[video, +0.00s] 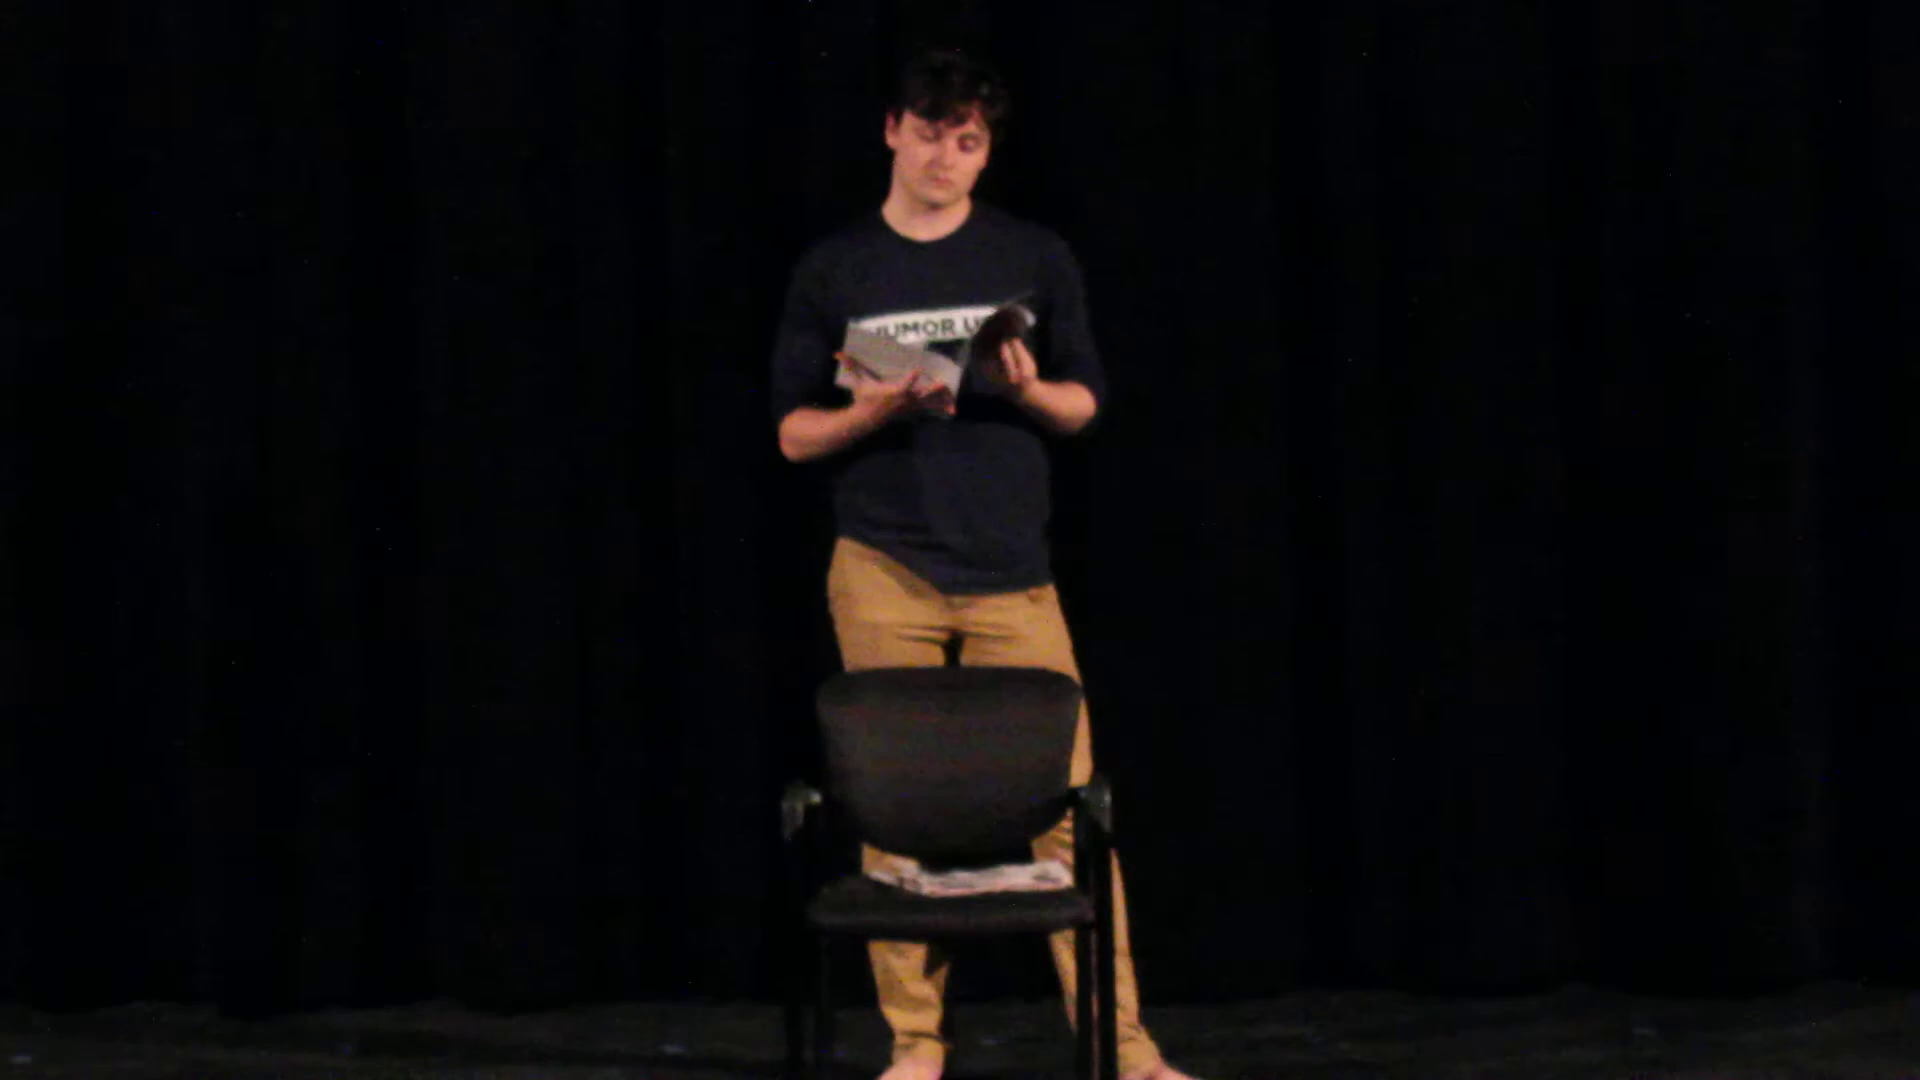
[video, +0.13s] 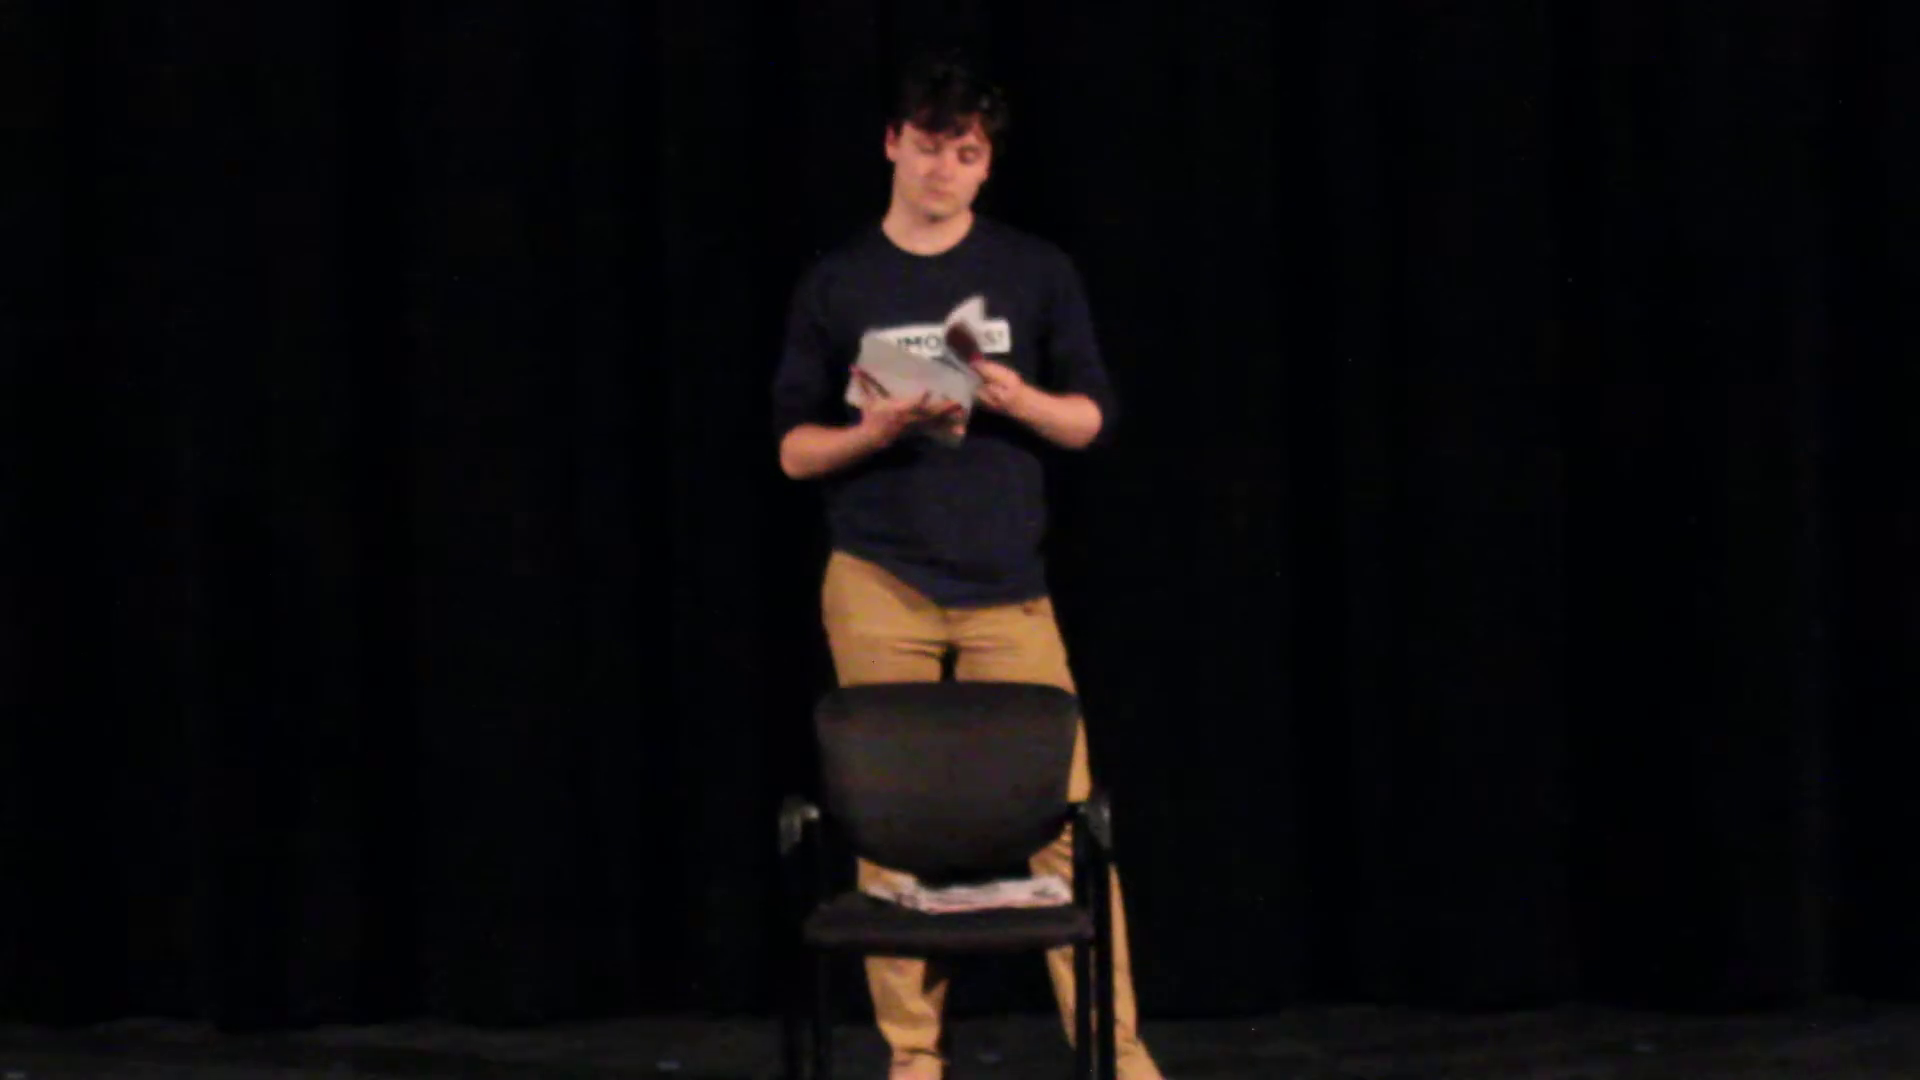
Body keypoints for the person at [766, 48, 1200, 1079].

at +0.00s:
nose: (948, 155)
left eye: (967, 138)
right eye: (932, 133)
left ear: (991, 149)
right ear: (892, 134)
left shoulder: (1036, 260)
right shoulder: (836, 269)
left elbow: (1084, 407)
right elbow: (793, 435)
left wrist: (1029, 389)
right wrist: (869, 412)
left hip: (1013, 574)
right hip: (881, 571)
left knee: (1068, 804)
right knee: (894, 807)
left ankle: (1119, 1036)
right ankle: (914, 1041)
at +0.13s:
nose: (950, 164)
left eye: (968, 148)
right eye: (932, 142)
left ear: (990, 160)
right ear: (893, 145)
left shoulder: (1036, 273)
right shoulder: (838, 282)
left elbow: (1090, 423)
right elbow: (794, 452)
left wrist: (1014, 398)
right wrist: (880, 427)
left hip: (1009, 590)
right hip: (876, 585)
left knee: (1064, 818)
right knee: (893, 825)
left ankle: (1115, 1052)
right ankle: (912, 1059)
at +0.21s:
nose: (948, 178)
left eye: (966, 162)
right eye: (930, 157)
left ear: (989, 172)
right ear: (890, 157)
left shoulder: (1035, 283)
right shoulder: (836, 292)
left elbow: (1089, 432)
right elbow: (798, 462)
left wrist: (1005, 404)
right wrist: (883, 443)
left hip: (1006, 602)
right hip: (873, 596)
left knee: (1061, 828)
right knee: (889, 836)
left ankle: (1111, 1058)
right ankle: (911, 1063)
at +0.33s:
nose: (931, 182)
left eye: (950, 164)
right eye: (913, 161)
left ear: (979, 176)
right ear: (880, 167)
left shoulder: (1033, 290)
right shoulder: (830, 301)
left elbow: (1080, 445)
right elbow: (791, 473)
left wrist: (1009, 410)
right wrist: (873, 453)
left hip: (1000, 614)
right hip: (866, 608)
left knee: (1058, 841)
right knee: (883, 851)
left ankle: (1107, 1067)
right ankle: (901, 1069)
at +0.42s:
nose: (915, 172)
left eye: (935, 153)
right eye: (896, 151)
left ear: (968, 160)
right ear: (866, 157)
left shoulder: (1028, 282)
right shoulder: (817, 291)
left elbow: (1075, 442)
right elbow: (779, 468)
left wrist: (1020, 405)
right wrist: (844, 455)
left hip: (992, 611)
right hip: (855, 606)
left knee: (1048, 843)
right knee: (868, 852)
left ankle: (1094, 1068)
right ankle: (887, 1071)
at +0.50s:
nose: (888, 160)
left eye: (909, 140)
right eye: (871, 141)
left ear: (949, 145)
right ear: (845, 150)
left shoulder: (1019, 268)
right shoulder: (806, 279)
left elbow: (1075, 432)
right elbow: (763, 456)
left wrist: (1032, 399)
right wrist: (808, 455)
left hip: (982, 604)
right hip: (844, 598)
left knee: (1039, 839)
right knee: (860, 848)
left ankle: (1089, 1068)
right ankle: (879, 1071)